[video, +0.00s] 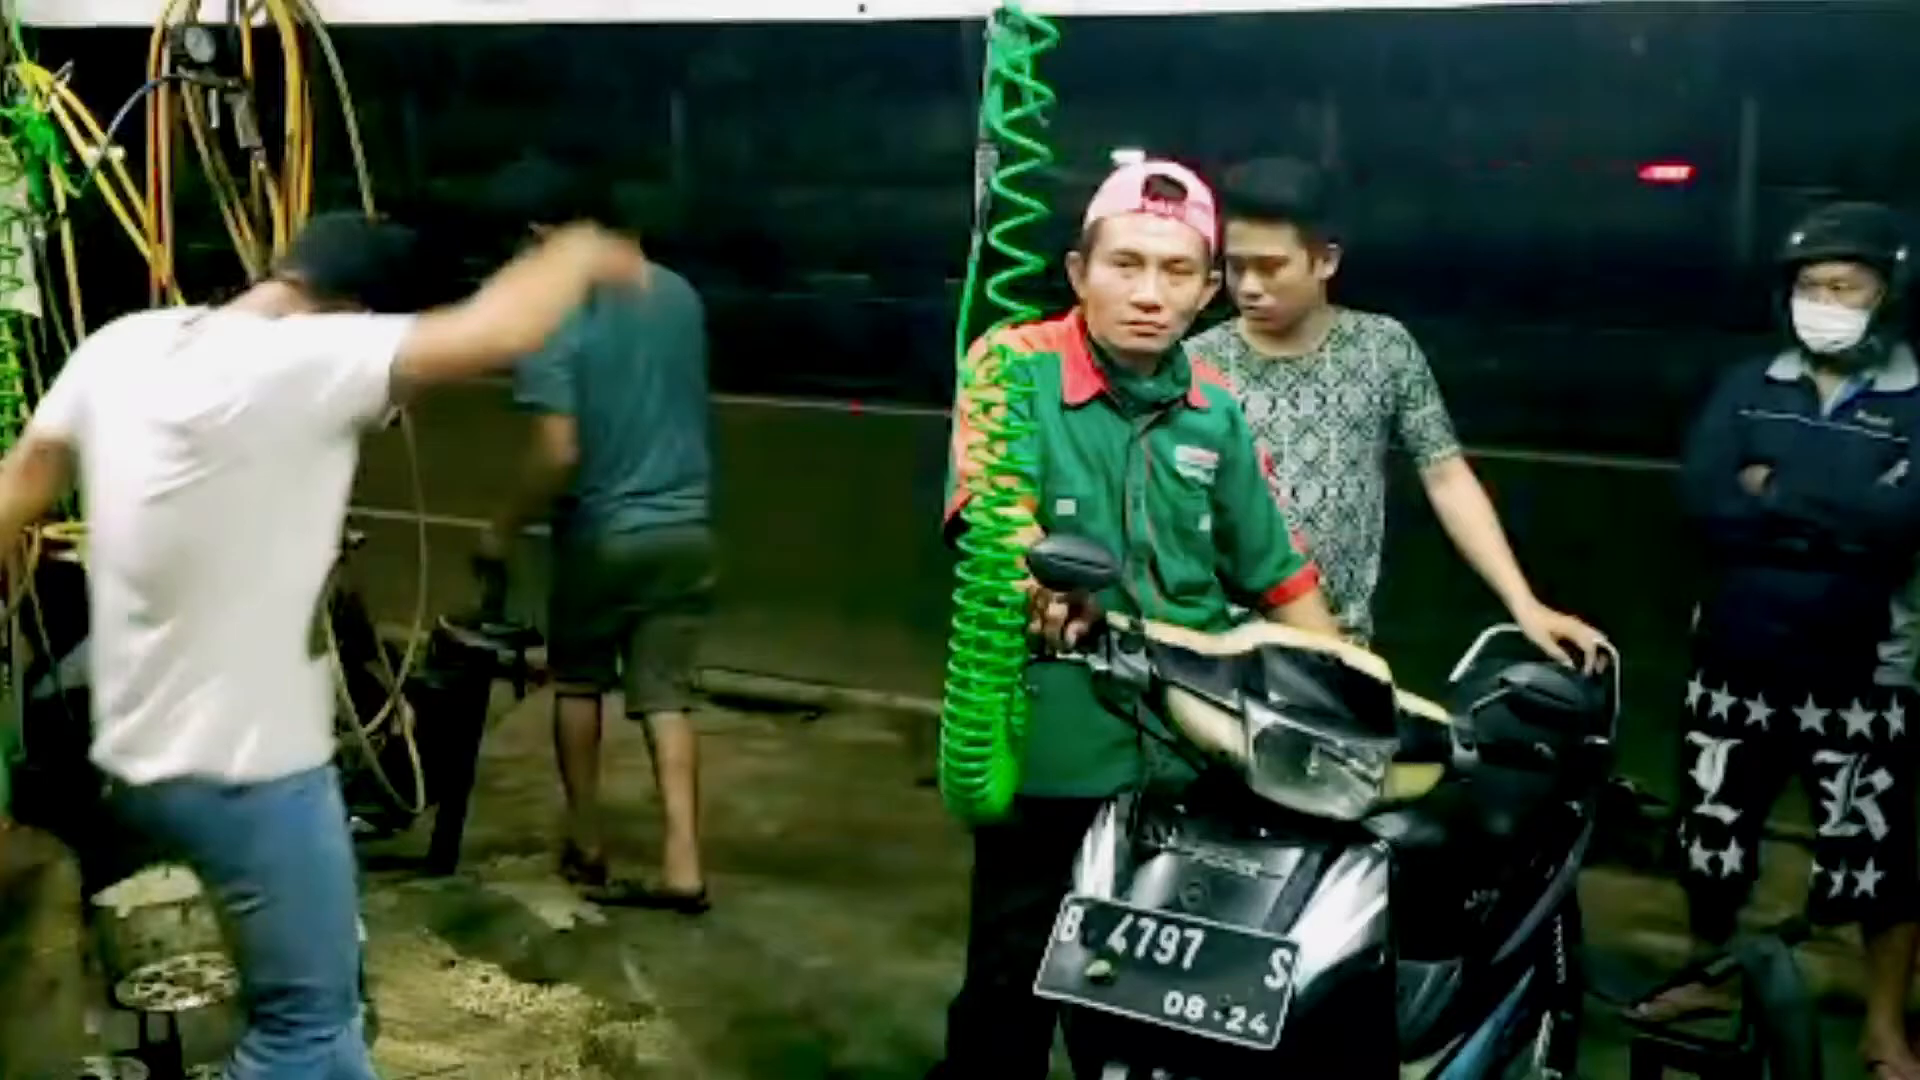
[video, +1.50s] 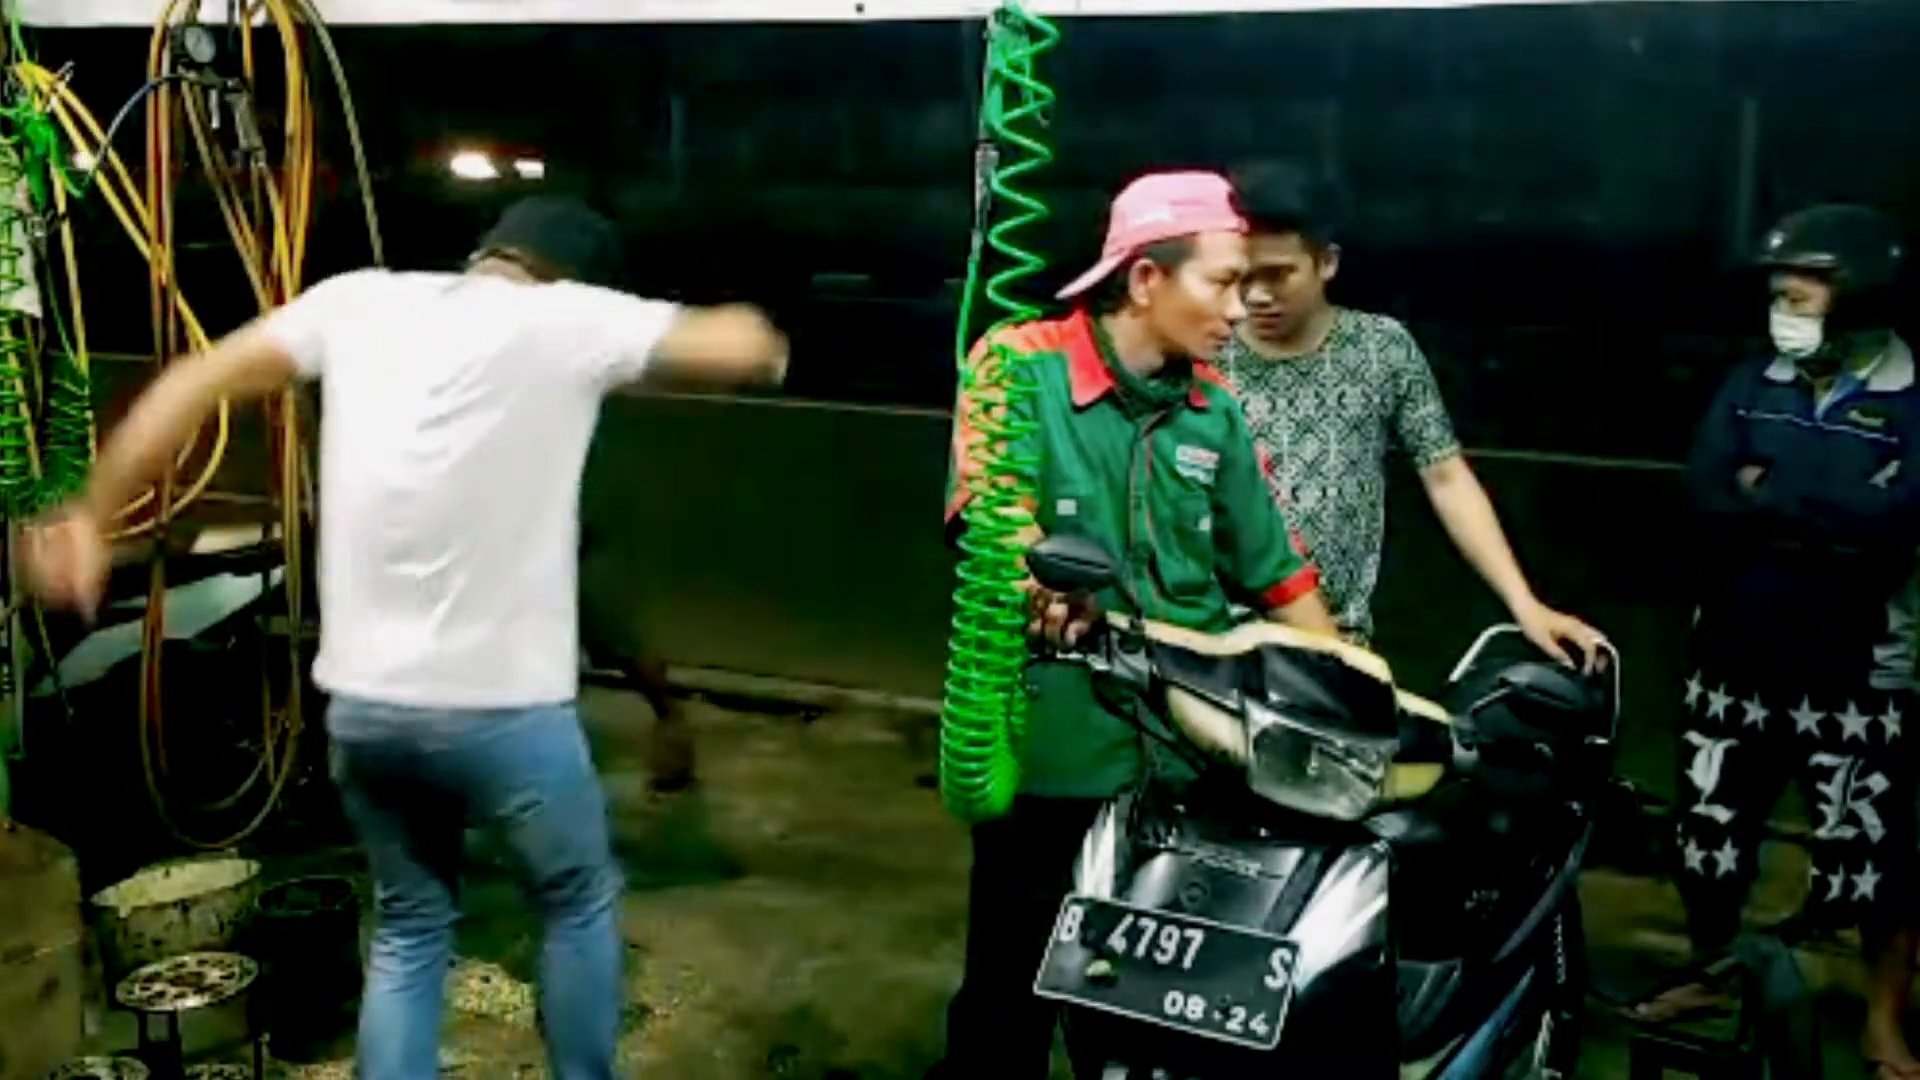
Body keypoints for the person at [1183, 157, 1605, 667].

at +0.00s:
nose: (1249, 286)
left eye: (1270, 267)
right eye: (1236, 267)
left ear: (1325, 260)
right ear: (1221, 264)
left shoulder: (1382, 350)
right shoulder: (1195, 363)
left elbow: (1447, 478)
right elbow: (1151, 500)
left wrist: (1525, 606)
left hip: (1334, 647)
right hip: (1210, 646)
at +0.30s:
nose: (1249, 287)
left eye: (1270, 267)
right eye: (1237, 268)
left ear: (1325, 260)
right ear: (1223, 264)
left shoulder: (1382, 350)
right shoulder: (1198, 362)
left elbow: (1447, 479)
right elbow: (1151, 498)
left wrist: (1525, 606)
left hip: (1335, 647)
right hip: (1211, 645)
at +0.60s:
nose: (1248, 287)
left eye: (1269, 269)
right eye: (1236, 269)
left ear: (1325, 261)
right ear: (1223, 264)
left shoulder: (1381, 349)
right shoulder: (1202, 360)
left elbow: (1447, 479)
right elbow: (1155, 494)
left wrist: (1525, 607)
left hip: (1333, 644)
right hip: (1209, 641)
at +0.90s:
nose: (1252, 290)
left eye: (1272, 271)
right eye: (1238, 271)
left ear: (1325, 262)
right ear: (1222, 267)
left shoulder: (1382, 349)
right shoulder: (1201, 359)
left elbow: (1447, 479)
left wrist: (1526, 608)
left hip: (1332, 641)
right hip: (1209, 637)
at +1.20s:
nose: (1254, 297)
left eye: (1275, 278)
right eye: (1239, 278)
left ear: (1325, 264)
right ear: (1220, 270)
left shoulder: (1382, 350)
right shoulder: (1200, 353)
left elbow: (1447, 478)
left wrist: (1526, 608)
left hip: (1333, 640)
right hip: (1213, 636)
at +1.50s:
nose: (1259, 296)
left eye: (1278, 274)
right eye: (1243, 278)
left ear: (1326, 263)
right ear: (1224, 273)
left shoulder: (1381, 349)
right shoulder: (1202, 356)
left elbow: (1447, 478)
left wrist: (1526, 607)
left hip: (1334, 639)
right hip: (1213, 633)